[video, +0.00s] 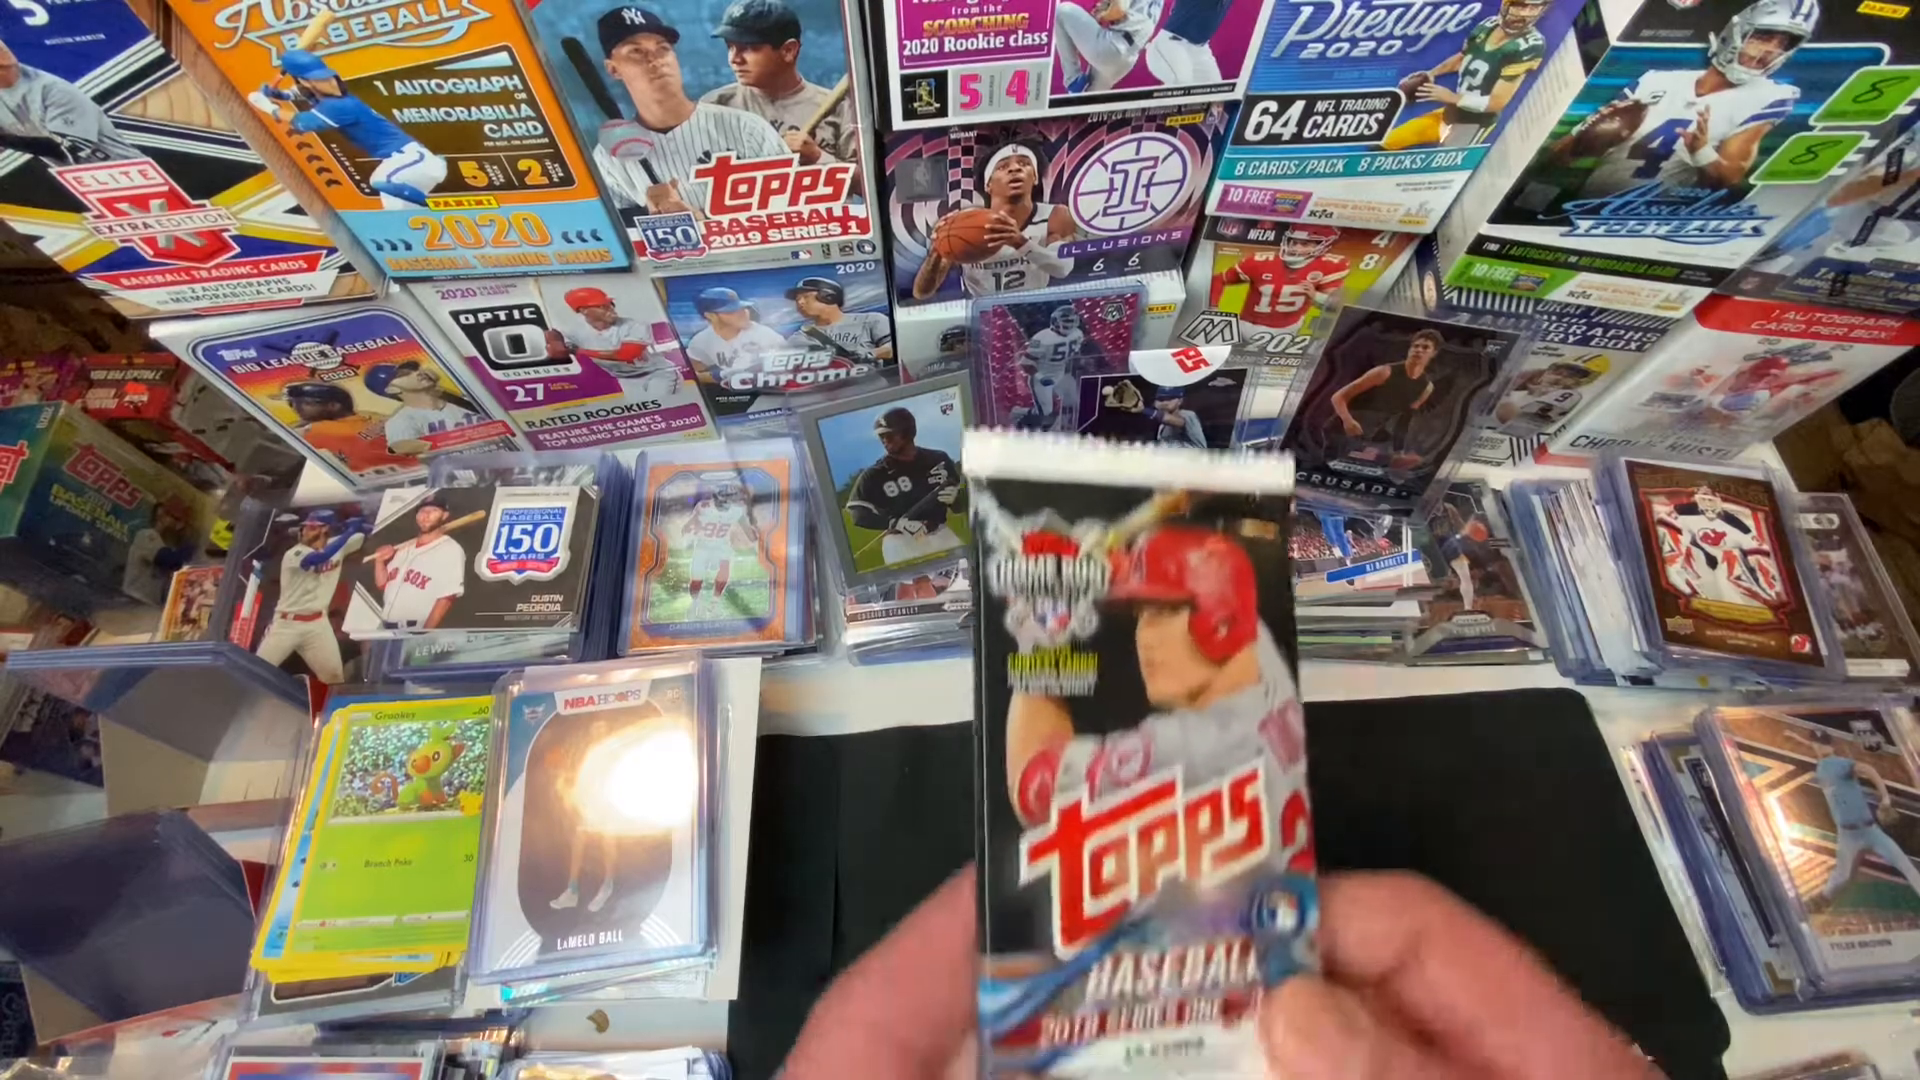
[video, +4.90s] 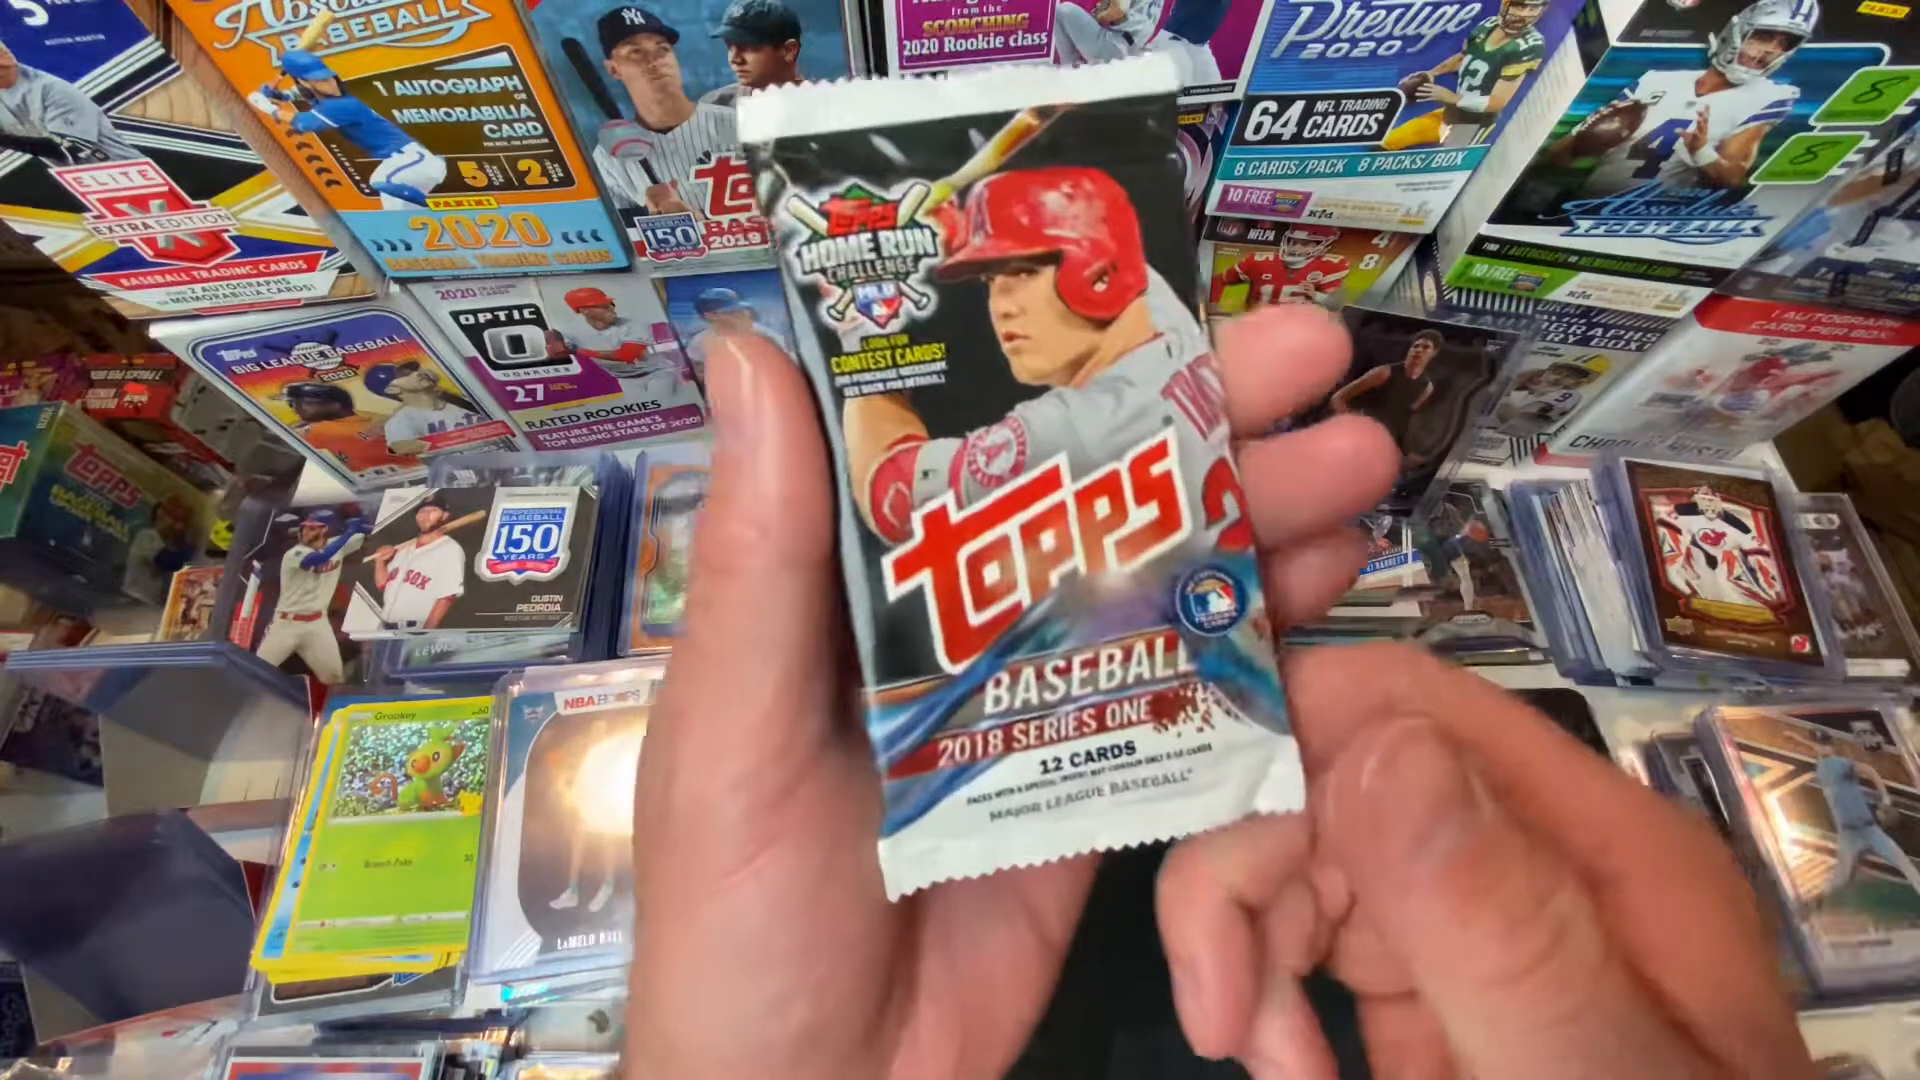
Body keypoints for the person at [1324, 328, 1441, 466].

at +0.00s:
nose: (1418, 350)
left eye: (1425, 348)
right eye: (1415, 346)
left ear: (1433, 354)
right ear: (1410, 349)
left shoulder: (1426, 388)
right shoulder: (1384, 372)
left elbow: (1404, 419)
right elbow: (1338, 397)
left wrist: (1399, 453)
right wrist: (1347, 420)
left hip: (1374, 435)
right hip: (1342, 428)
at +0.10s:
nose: (1418, 350)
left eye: (1425, 347)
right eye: (1415, 346)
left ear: (1433, 354)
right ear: (1409, 349)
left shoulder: (1426, 388)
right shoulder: (1384, 373)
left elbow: (1406, 414)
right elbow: (1343, 394)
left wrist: (1400, 451)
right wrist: (1348, 420)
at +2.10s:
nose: (1418, 350)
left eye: (1425, 347)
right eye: (1416, 346)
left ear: (1434, 354)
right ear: (1410, 349)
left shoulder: (1426, 389)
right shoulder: (1383, 373)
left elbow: (1404, 418)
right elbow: (1338, 397)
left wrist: (1399, 452)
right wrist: (1347, 420)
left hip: (1380, 436)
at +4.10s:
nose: (1419, 350)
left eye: (1426, 347)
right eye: (1416, 346)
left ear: (1433, 354)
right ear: (1409, 349)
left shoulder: (1426, 388)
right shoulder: (1384, 373)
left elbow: (1405, 415)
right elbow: (1338, 397)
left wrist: (1399, 450)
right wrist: (1348, 421)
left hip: (1384, 440)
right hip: (1358, 434)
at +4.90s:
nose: (1418, 351)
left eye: (1425, 347)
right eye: (1416, 346)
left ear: (1433, 354)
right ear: (1410, 349)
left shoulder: (1427, 389)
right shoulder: (1384, 373)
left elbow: (1406, 415)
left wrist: (1407, 452)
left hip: (1393, 444)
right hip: (1364, 435)